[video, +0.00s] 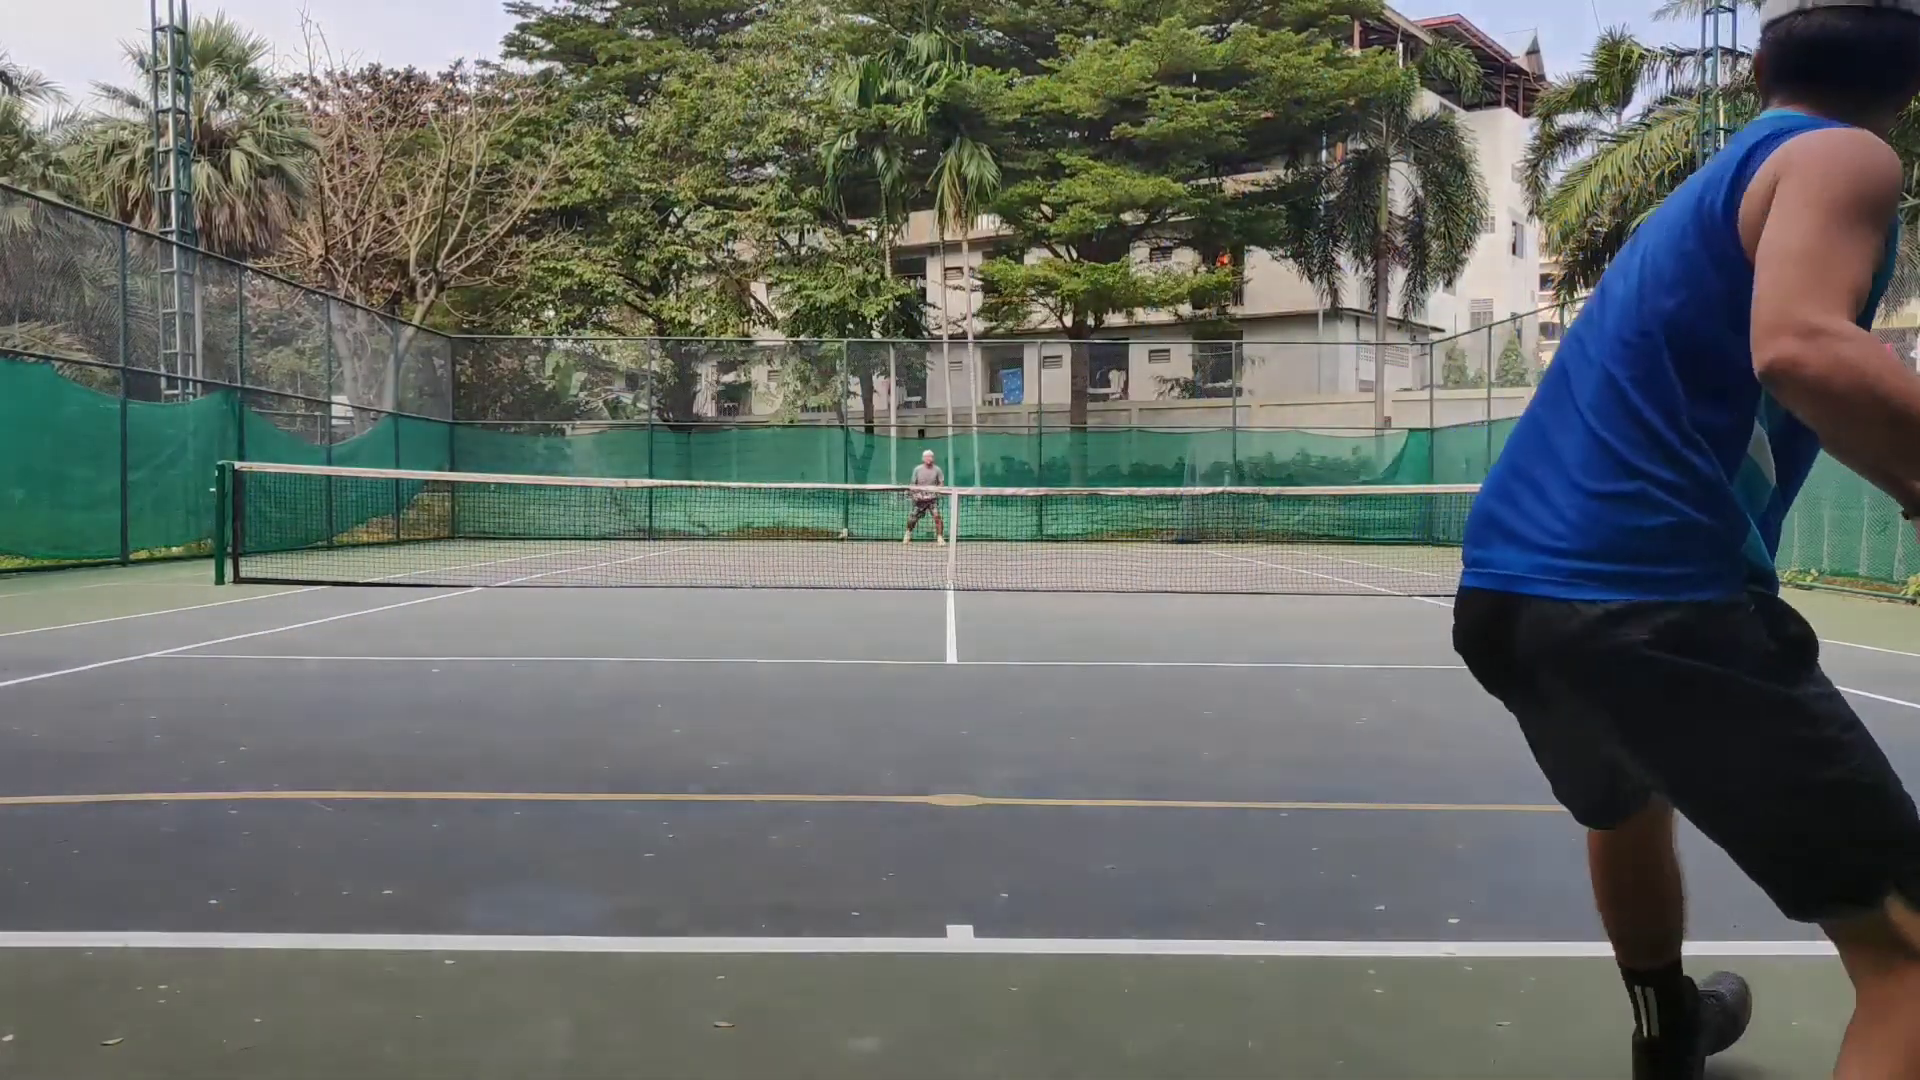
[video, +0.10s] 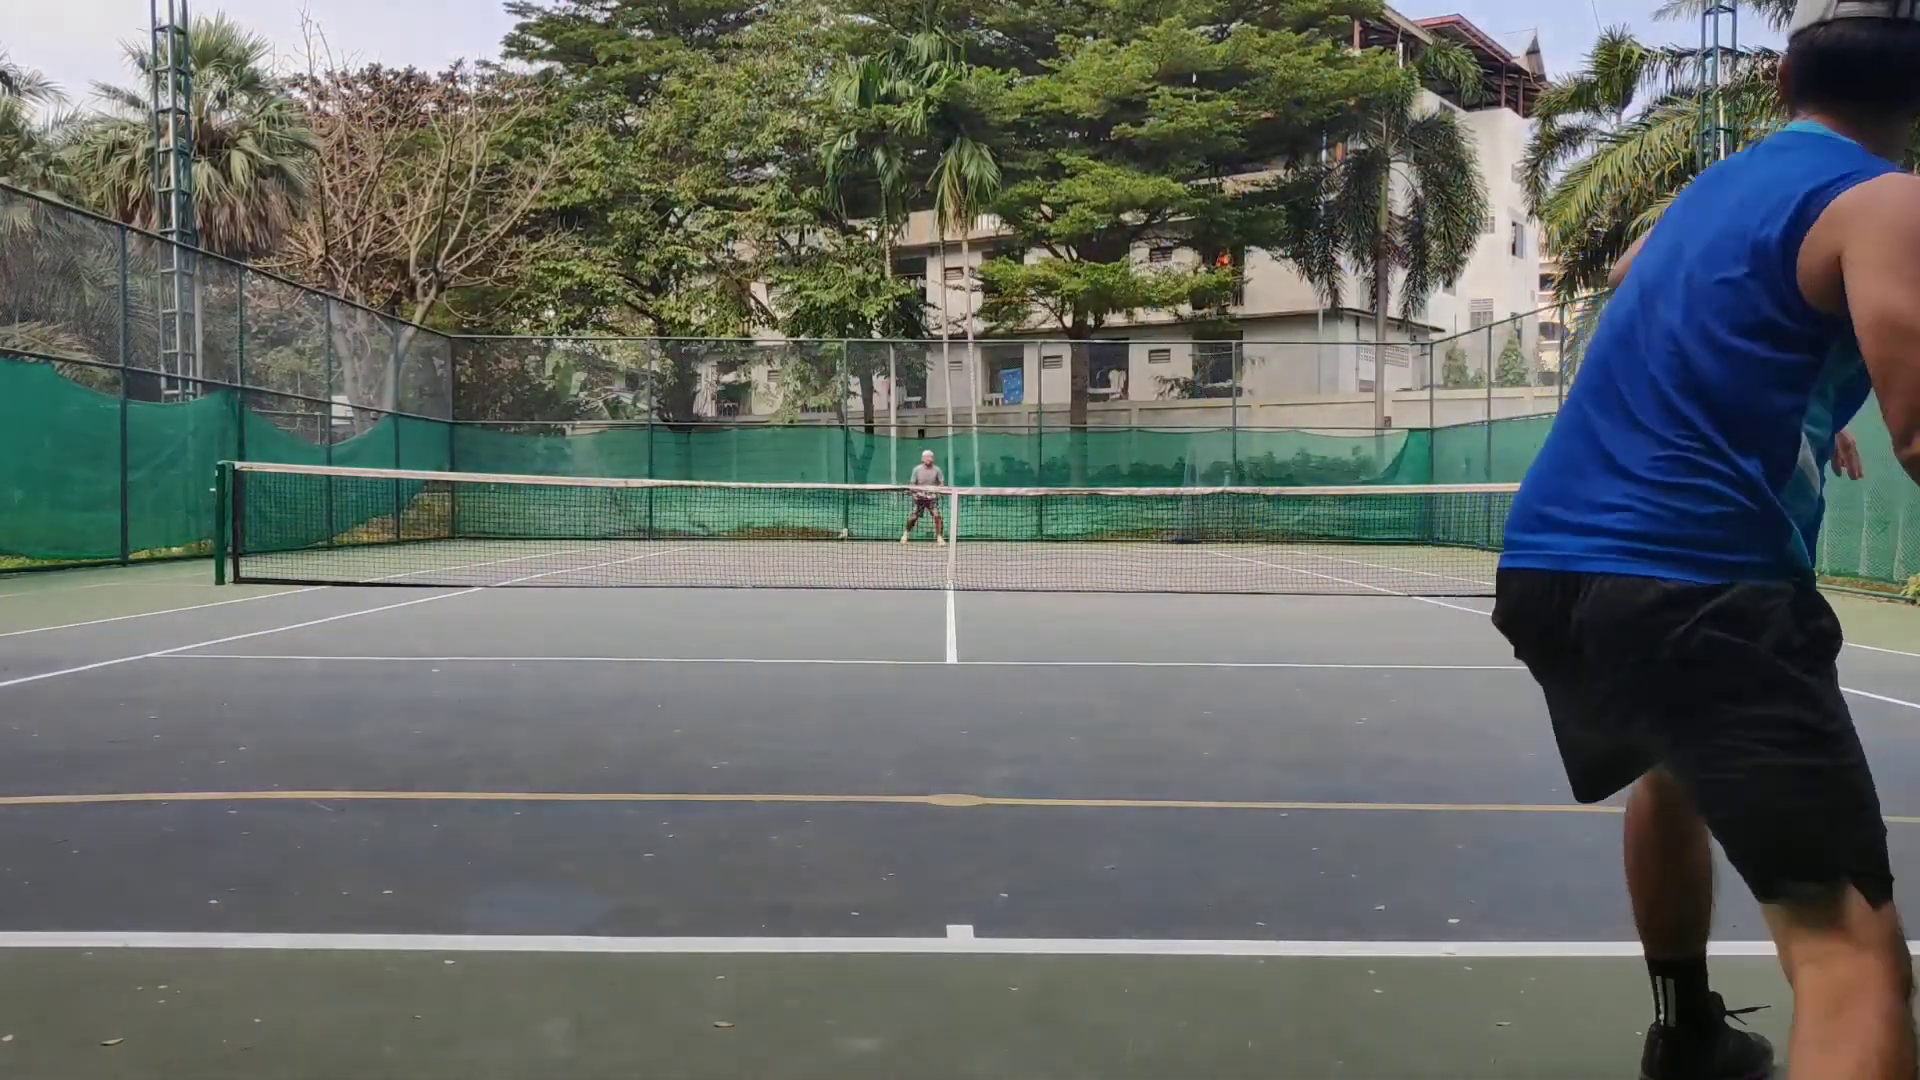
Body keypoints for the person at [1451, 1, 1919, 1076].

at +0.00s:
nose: (1913, 124)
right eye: (1914, 100)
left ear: (1776, 84)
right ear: (1903, 92)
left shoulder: (1706, 184)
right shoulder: (1840, 156)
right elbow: (1800, 345)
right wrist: (1910, 480)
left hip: (1506, 593)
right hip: (1657, 605)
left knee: (1622, 794)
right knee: (1898, 953)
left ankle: (1663, 1022)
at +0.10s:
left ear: (1790, 88)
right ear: (1914, 104)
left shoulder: (1714, 184)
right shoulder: (1881, 197)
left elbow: (1636, 301)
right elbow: (1908, 433)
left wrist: (1793, 403)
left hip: (1545, 574)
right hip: (1699, 589)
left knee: (1666, 758)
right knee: (1846, 953)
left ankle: (1682, 1023)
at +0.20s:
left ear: (1786, 53)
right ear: (1904, 84)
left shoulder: (1657, 141)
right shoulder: (1906, 184)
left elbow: (1482, 199)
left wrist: (1598, 269)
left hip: (1603, 549)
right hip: (1775, 564)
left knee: (1660, 751)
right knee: (1802, 898)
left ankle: (1676, 1015)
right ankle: (1753, 1066)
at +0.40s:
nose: (1779, 23)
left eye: (1782, 14)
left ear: (1799, 7)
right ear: (1904, 9)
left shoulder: (1773, 75)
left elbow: (1584, 132)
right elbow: (1718, 174)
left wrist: (1495, 139)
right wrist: (1580, 138)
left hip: (1715, 480)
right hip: (1886, 488)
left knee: (1699, 758)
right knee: (1874, 797)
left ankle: (1687, 1021)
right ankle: (1810, 978)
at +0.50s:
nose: (1777, 16)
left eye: (1781, 10)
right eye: (1779, 14)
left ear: (1806, 2)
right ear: (1887, 2)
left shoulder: (1811, 49)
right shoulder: (1901, 64)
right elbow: (1734, 103)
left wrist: (1582, 164)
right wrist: (1586, 48)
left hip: (1778, 474)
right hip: (1908, 471)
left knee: (1720, 765)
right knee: (1917, 778)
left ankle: (1693, 1021)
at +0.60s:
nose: (1782, 14)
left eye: (1791, 3)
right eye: (1786, 12)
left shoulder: (1856, 54)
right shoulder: (1830, 66)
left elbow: (1906, 182)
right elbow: (1709, 89)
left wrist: (1718, 236)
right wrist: (1671, 12)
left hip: (1830, 474)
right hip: (1879, 469)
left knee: (1743, 762)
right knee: (1741, 762)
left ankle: (1689, 1027)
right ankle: (1689, 1024)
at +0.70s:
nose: (1791, 23)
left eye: (1797, 10)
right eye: (1792, 11)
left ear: (1829, 20)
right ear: (1884, 21)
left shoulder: (1897, 112)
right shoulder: (1861, 120)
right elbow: (1707, 160)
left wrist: (1819, 313)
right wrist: (1732, 93)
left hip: (1893, 510)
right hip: (1878, 505)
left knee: (1740, 733)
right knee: (1744, 733)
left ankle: (1688, 1021)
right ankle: (1692, 1017)